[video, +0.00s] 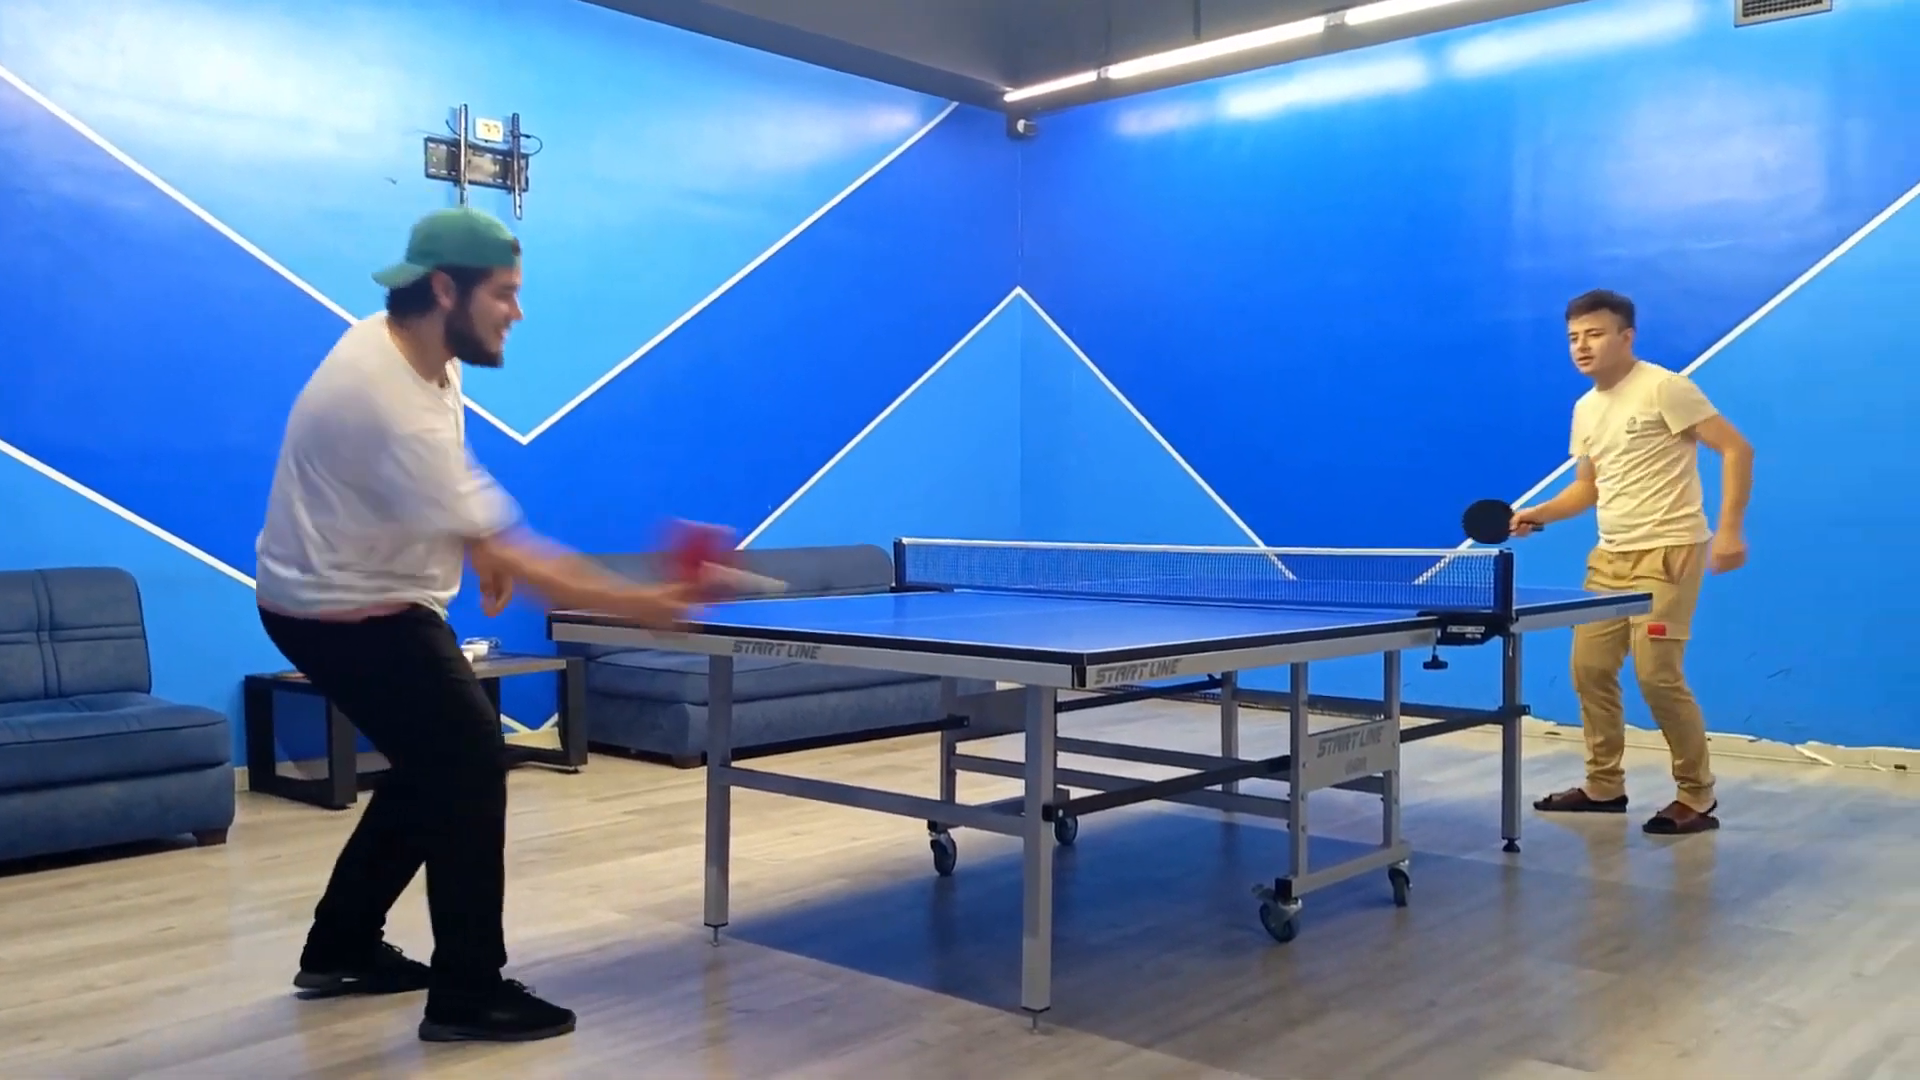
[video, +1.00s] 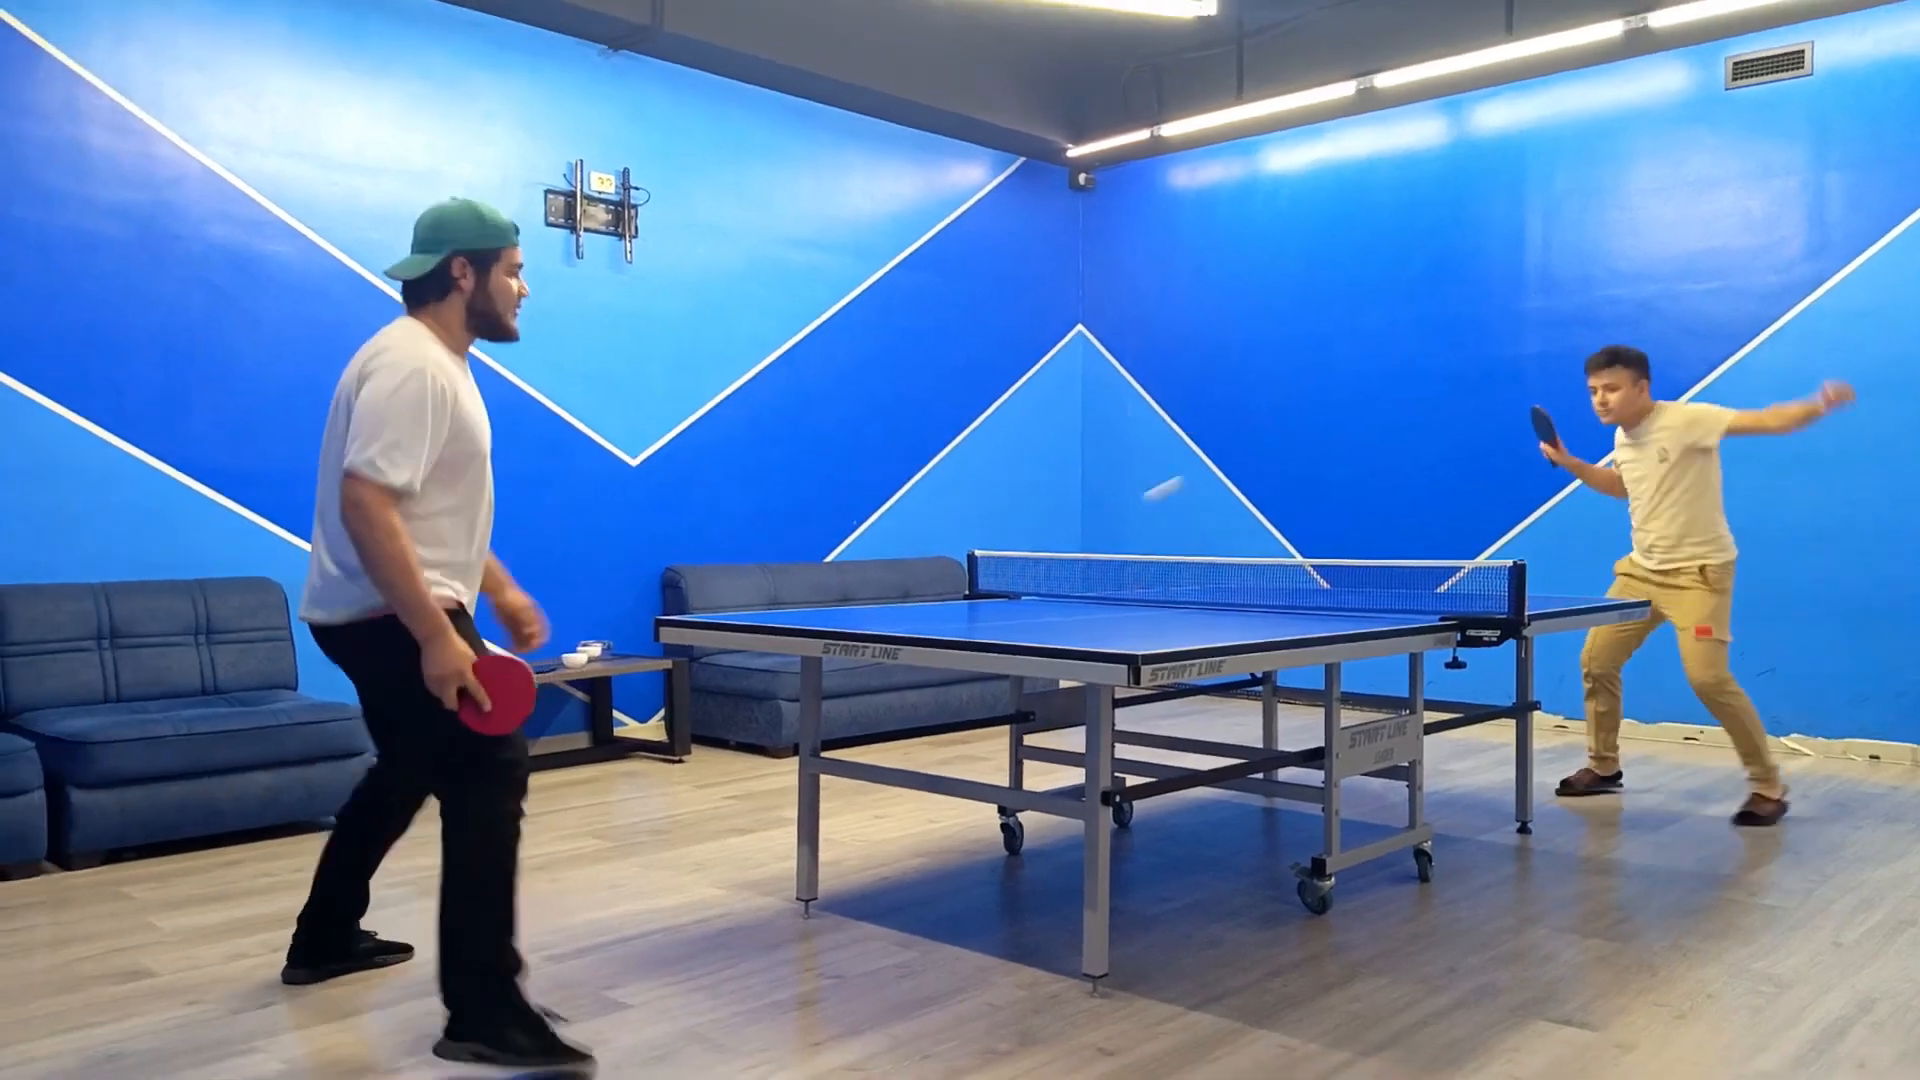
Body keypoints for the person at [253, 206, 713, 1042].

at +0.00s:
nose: (516, 310)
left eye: (516, 292)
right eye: (502, 292)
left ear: (444, 291)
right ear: (442, 291)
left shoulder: (416, 350)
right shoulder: (388, 409)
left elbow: (434, 459)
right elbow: (524, 565)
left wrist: (479, 540)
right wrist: (653, 600)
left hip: (386, 595)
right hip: (338, 608)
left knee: (443, 757)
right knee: (469, 759)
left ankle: (341, 942)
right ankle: (467, 989)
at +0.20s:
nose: (468, 298)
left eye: (468, 280)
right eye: (458, 280)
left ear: (398, 280)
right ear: (404, 279)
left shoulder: (309, 337)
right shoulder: (369, 392)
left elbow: (297, 482)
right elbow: (524, 480)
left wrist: (381, 562)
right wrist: (675, 442)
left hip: (250, 602)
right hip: (310, 616)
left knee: (332, 761)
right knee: (426, 758)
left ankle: (211, 942)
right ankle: (423, 992)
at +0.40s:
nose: (402, 267)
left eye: (400, 250)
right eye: (391, 249)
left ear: (329, 252)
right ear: (342, 250)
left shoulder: (256, 325)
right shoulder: (303, 355)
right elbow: (394, 473)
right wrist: (547, 459)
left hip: (202, 599)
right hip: (262, 610)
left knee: (242, 777)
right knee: (359, 780)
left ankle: (135, 966)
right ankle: (416, 990)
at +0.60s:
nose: (355, 239)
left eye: (352, 222)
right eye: (345, 222)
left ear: (287, 225)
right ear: (296, 223)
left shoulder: (217, 308)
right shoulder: (254, 319)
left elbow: (215, 465)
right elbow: (248, 460)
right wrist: (366, 573)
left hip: (179, 588)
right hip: (230, 592)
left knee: (212, 769)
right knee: (309, 761)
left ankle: (135, 965)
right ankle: (311, 1008)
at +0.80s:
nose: (455, 260)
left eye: (453, 244)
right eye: (444, 243)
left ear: (388, 248)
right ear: (399, 244)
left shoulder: (334, 326)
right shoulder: (359, 336)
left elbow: (315, 478)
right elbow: (322, 474)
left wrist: (385, 589)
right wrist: (390, 596)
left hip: (299, 592)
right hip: (328, 594)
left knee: (329, 755)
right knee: (417, 753)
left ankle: (259, 941)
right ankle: (358, 985)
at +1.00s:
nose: (523, 289)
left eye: (522, 272)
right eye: (513, 272)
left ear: (461, 277)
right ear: (462, 275)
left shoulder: (435, 363)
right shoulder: (410, 365)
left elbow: (436, 507)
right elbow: (368, 504)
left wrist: (502, 588)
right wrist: (434, 633)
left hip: (388, 614)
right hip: (387, 619)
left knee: (409, 764)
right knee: (490, 768)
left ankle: (324, 935)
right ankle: (483, 1006)